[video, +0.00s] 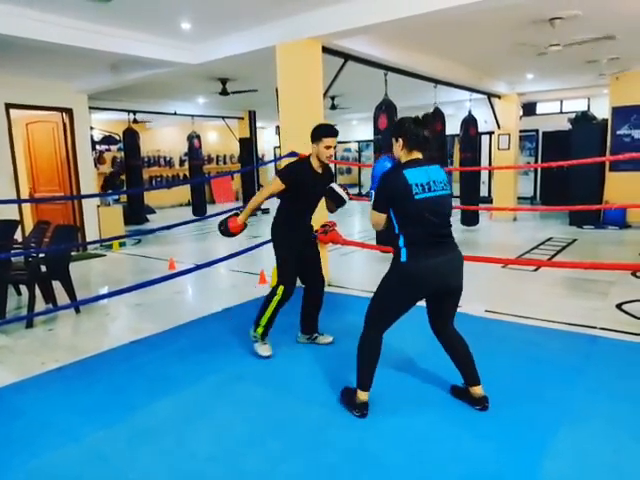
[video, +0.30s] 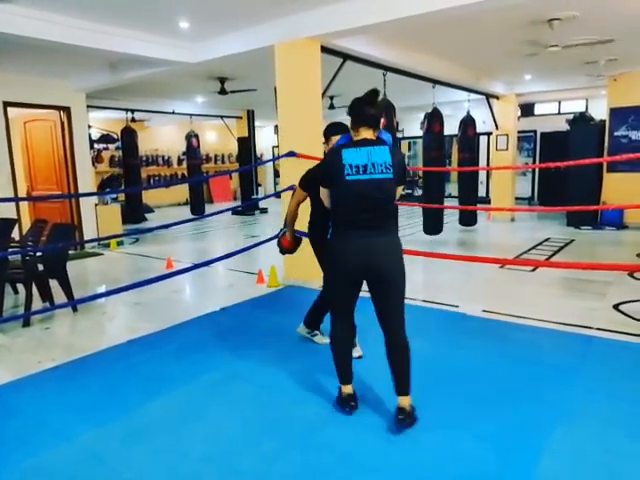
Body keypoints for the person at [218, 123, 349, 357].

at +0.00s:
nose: (331, 153)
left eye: (334, 148)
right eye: (327, 148)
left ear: (334, 147)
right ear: (314, 146)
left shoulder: (327, 173)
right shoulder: (295, 170)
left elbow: (331, 207)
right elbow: (264, 193)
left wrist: (338, 198)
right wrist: (241, 219)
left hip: (304, 229)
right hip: (284, 230)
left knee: (315, 283)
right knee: (286, 285)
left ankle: (308, 333)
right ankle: (259, 334)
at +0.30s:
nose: (339, 147)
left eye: (343, 142)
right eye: (335, 142)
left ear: (350, 144)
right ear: (326, 144)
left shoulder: (355, 172)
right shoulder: (316, 174)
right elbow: (294, 203)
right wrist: (290, 230)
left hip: (346, 231)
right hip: (321, 232)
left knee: (335, 283)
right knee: (338, 283)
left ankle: (310, 325)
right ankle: (348, 338)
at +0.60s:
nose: (328, 147)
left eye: (325, 142)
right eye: (327, 142)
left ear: (295, 142)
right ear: (320, 144)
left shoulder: (280, 172)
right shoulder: (324, 176)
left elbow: (288, 214)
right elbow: (342, 222)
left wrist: (325, 226)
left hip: (275, 266)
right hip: (310, 269)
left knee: (285, 325)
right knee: (344, 345)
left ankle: (258, 388)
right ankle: (368, 426)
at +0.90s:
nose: (269, 144)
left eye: (268, 139)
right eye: (267, 139)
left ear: (239, 139)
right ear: (257, 140)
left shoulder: (225, 171)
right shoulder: (257, 172)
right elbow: (283, 214)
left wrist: (272, 178)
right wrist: (285, 178)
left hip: (217, 259)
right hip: (238, 265)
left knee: (246, 313)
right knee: (241, 341)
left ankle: (232, 371)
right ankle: (212, 420)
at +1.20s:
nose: (234, 142)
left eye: (233, 136)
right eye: (230, 136)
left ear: (210, 138)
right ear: (214, 138)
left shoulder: (209, 168)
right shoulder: (201, 172)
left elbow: (231, 208)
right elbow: (234, 211)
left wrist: (239, 177)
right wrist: (242, 177)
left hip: (201, 257)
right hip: (188, 260)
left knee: (217, 313)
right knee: (203, 328)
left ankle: (200, 370)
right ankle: (185, 410)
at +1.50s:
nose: (204, 151)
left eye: (203, 146)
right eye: (200, 146)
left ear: (183, 149)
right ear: (186, 148)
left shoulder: (189, 177)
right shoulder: (175, 180)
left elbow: (203, 216)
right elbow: (205, 221)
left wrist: (205, 214)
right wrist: (212, 191)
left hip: (187, 260)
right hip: (164, 263)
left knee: (225, 301)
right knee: (170, 331)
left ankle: (206, 357)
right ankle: (136, 387)